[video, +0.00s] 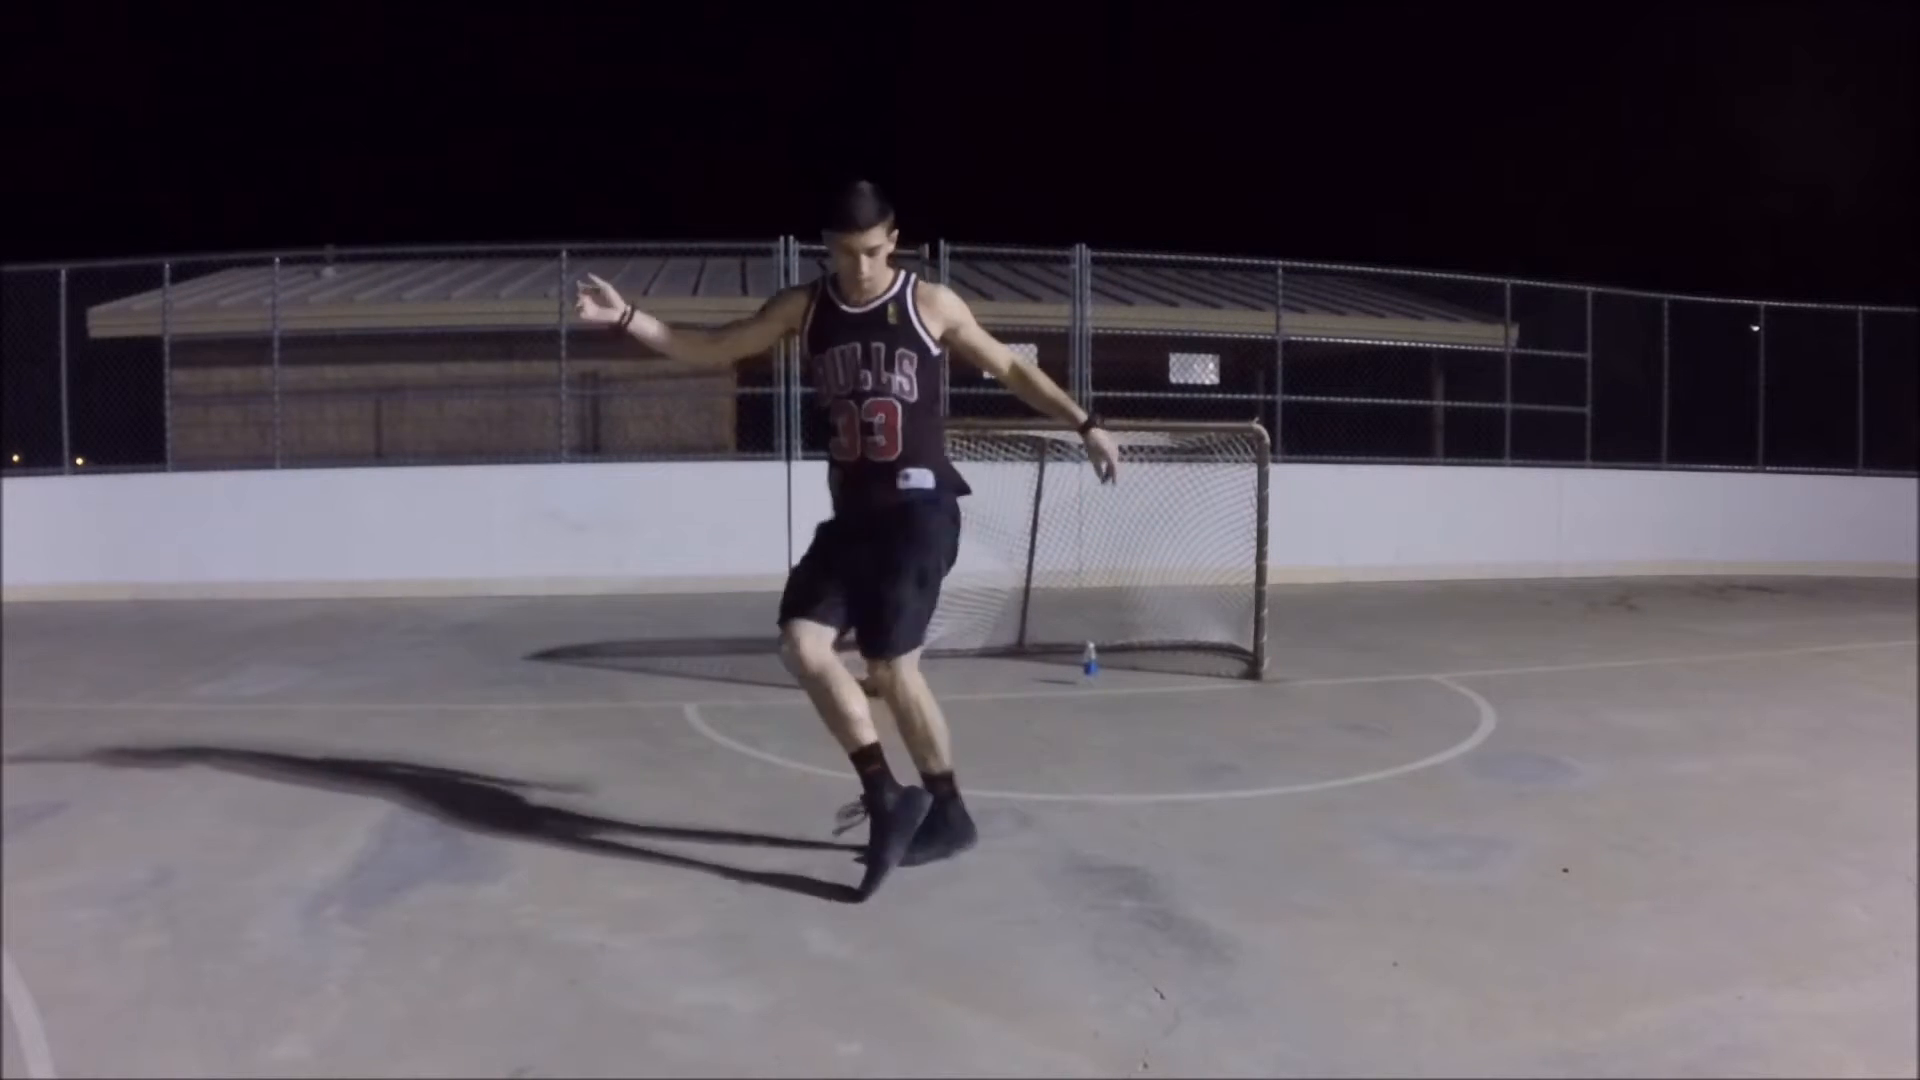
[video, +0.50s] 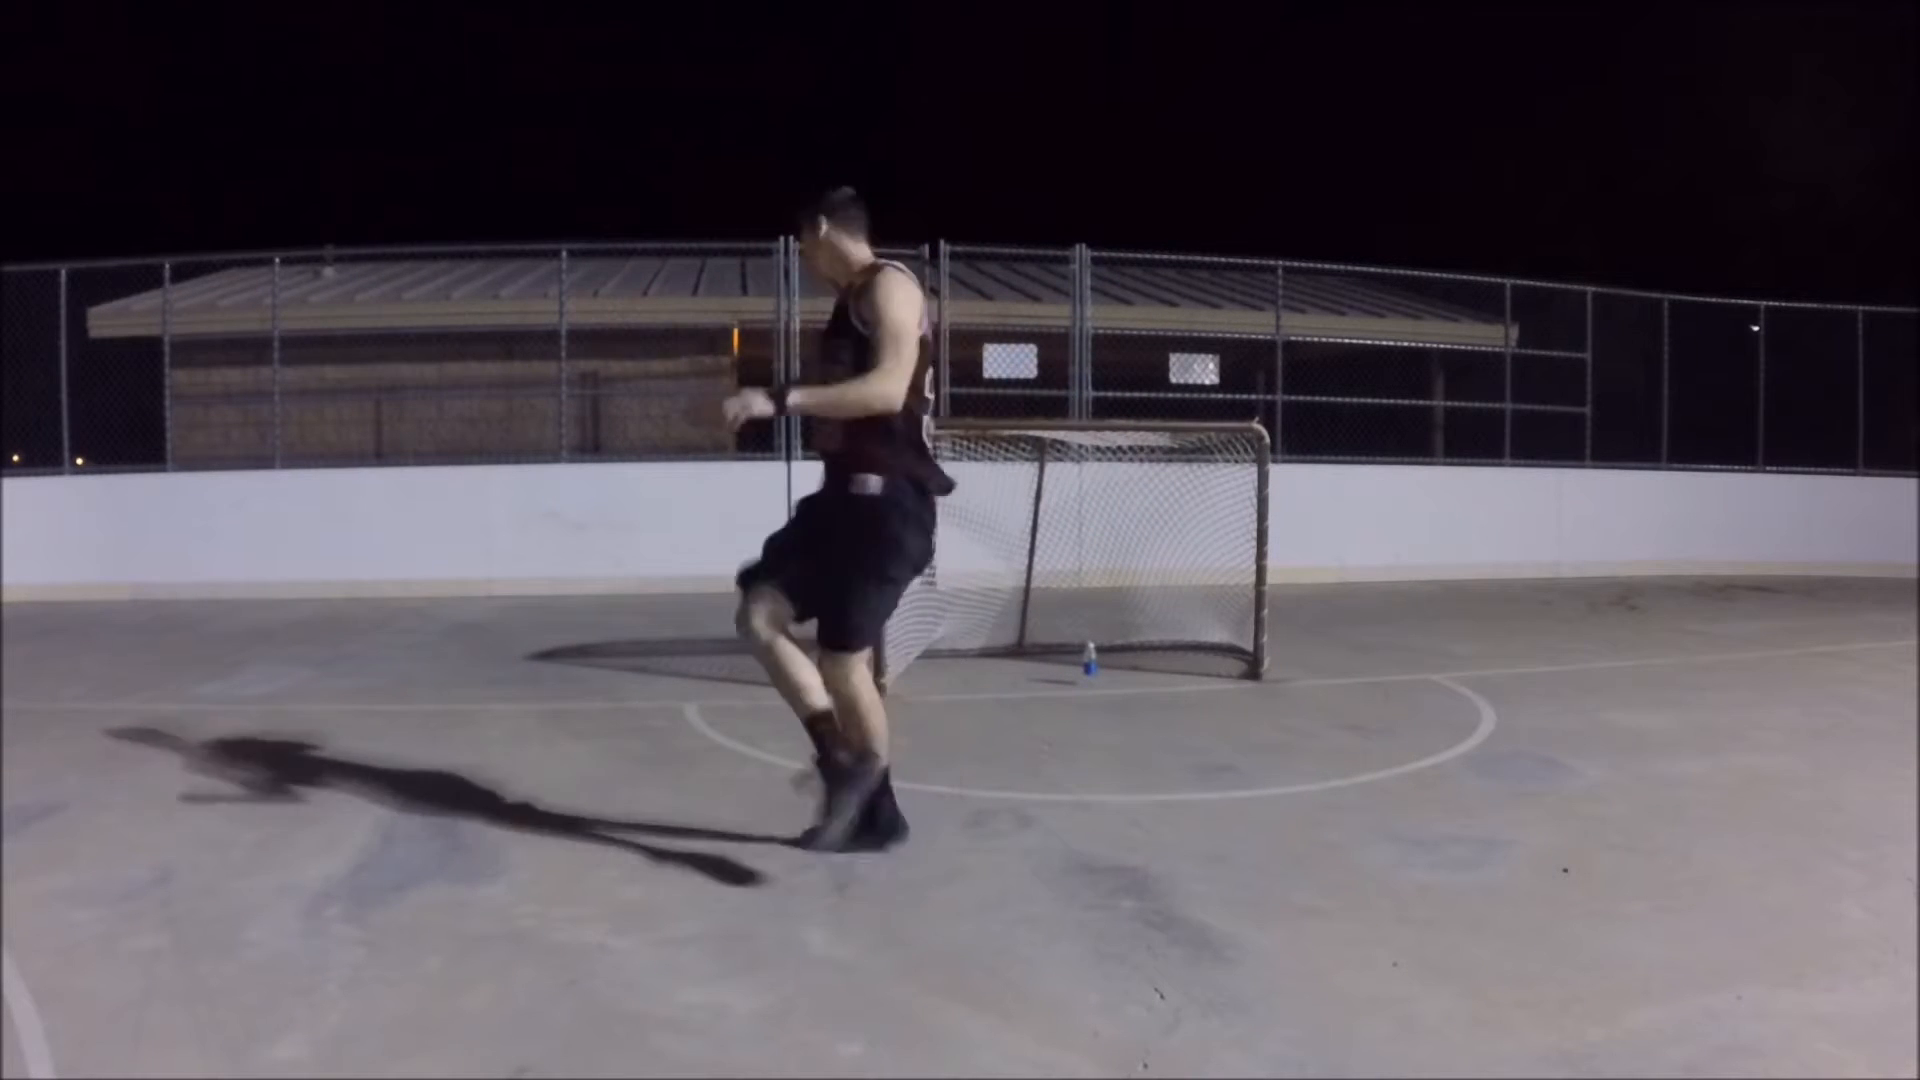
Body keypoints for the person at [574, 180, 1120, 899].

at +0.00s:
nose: (860, 270)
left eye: (872, 254)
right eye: (845, 255)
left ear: (894, 242)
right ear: (827, 247)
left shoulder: (931, 303)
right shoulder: (804, 306)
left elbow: (1012, 370)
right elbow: (716, 348)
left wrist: (1087, 426)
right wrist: (630, 318)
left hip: (919, 511)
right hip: (852, 513)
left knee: (890, 668)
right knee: (805, 641)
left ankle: (950, 812)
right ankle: (886, 803)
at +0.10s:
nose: (863, 271)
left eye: (876, 256)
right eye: (850, 256)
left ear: (896, 252)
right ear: (830, 254)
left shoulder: (935, 319)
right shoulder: (807, 317)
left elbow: (1019, 381)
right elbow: (715, 347)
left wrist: (1096, 427)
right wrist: (627, 318)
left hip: (916, 518)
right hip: (850, 519)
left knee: (900, 672)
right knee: (798, 656)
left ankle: (954, 822)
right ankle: (890, 806)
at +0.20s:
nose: (846, 267)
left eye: (857, 252)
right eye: (835, 254)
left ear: (886, 237)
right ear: (822, 250)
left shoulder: (933, 308)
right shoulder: (806, 304)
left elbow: (1014, 377)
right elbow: (733, 352)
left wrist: (1081, 428)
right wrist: (646, 361)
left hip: (905, 514)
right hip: (828, 510)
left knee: (887, 669)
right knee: (826, 649)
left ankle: (896, 805)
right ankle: (896, 795)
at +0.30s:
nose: (822, 276)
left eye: (831, 261)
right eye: (813, 265)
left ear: (868, 249)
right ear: (809, 265)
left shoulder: (930, 313)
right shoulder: (806, 318)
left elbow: (993, 377)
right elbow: (770, 370)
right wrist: (725, 380)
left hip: (904, 516)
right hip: (826, 513)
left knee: (873, 672)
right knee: (866, 649)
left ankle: (808, 805)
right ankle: (912, 817)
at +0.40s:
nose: (816, 276)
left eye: (821, 261)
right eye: (811, 266)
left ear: (856, 247)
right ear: (819, 262)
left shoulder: (923, 308)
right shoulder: (820, 317)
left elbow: (920, 386)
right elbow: (820, 399)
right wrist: (771, 395)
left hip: (895, 517)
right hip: (824, 511)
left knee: (861, 678)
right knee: (837, 670)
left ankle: (812, 805)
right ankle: (904, 814)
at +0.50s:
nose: (806, 258)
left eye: (806, 243)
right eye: (804, 245)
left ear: (827, 233)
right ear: (845, 231)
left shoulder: (892, 287)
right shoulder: (853, 299)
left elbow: (887, 389)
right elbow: (867, 398)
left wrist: (782, 400)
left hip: (884, 506)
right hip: (843, 500)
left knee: (845, 663)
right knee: (761, 614)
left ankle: (878, 808)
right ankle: (840, 758)